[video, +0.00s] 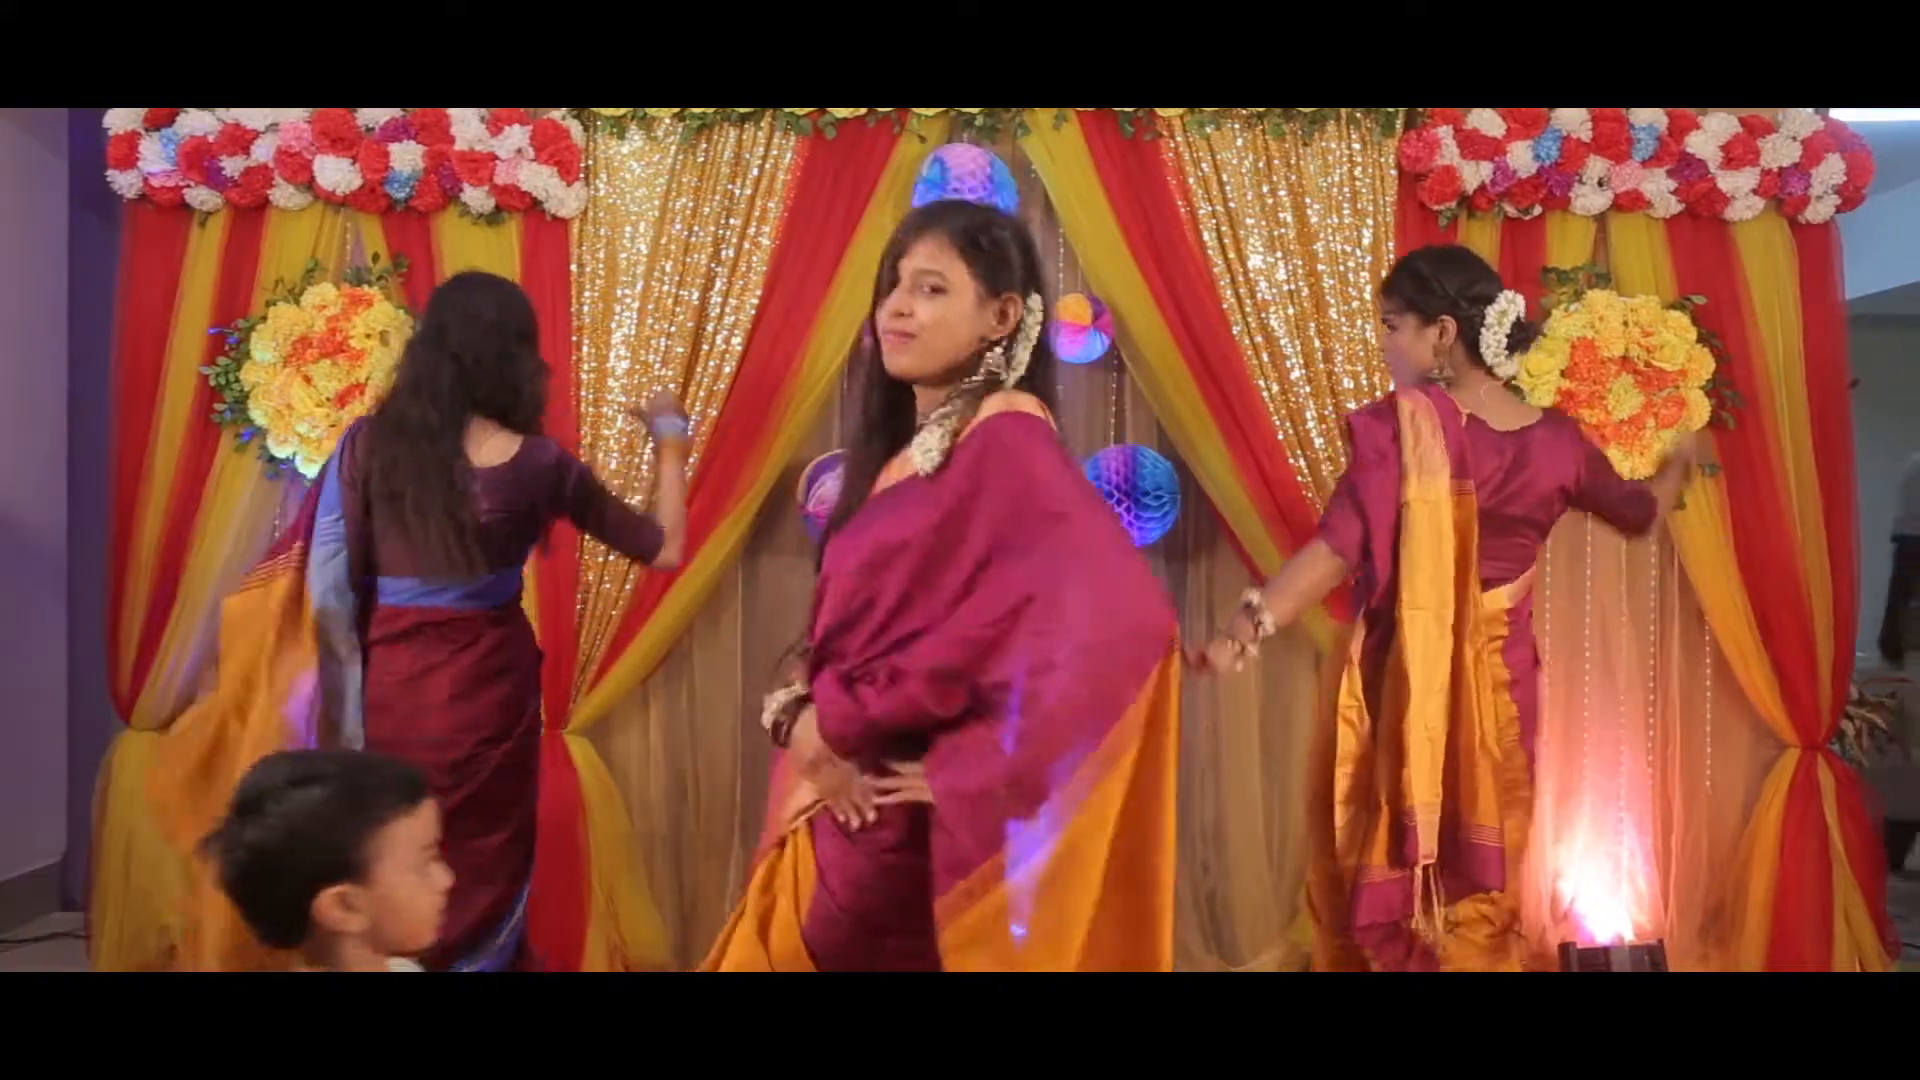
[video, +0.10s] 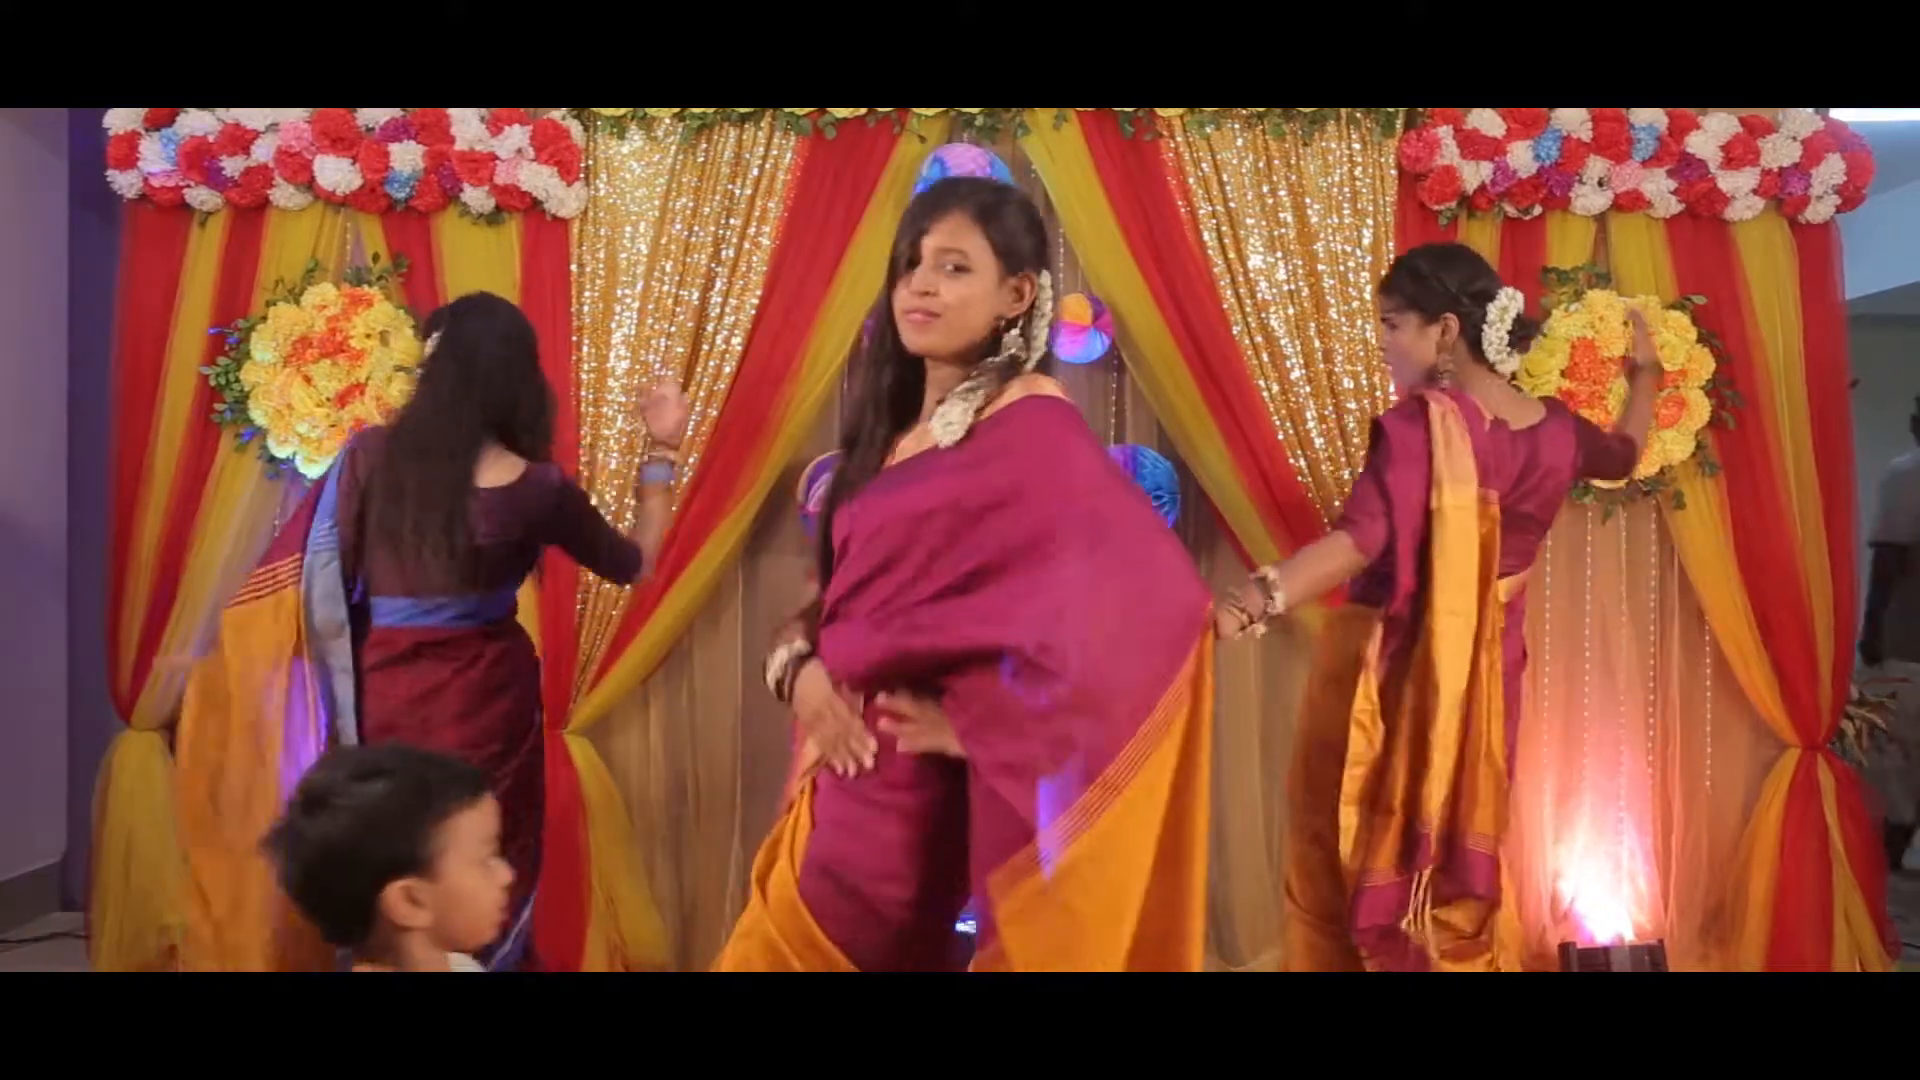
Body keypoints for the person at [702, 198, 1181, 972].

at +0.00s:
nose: (897, 307)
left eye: (933, 288)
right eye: (895, 285)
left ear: (1003, 317)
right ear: (878, 303)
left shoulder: (1008, 435)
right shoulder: (906, 448)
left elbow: (1129, 620)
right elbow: (835, 629)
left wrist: (969, 771)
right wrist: (804, 728)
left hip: (915, 838)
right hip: (837, 825)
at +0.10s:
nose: (920, 285)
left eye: (956, 267)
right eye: (913, 264)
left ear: (1020, 296)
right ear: (893, 285)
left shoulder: (1030, 417)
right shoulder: (898, 434)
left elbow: (1162, 607)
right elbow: (820, 612)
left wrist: (974, 723)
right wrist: (799, 674)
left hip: (921, 789)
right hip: (841, 775)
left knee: (764, 954)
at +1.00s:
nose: (953, 278)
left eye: (978, 267)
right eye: (934, 253)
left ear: (993, 296)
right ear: (886, 259)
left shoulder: (1016, 417)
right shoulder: (791, 413)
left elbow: (1168, 562)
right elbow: (718, 591)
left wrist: (1078, 635)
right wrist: (885, 649)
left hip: (1005, 746)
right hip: (843, 750)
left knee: (1001, 958)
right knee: (844, 957)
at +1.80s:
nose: (915, 282)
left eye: (936, 260)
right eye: (890, 261)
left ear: (962, 280)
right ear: (846, 280)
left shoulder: (1004, 419)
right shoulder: (794, 420)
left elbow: (1066, 612)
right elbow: (749, 602)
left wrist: (1161, 731)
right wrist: (933, 652)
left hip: (1011, 734)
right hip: (860, 736)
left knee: (1003, 941)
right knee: (876, 950)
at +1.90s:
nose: (928, 300)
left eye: (947, 278)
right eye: (904, 279)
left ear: (971, 290)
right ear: (860, 290)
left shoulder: (1009, 429)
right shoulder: (800, 424)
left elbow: (1058, 633)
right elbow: (758, 608)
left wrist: (1186, 654)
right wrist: (940, 666)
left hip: (1007, 753)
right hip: (857, 759)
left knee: (1006, 946)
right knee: (869, 957)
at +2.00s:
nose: (937, 326)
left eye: (953, 302)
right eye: (913, 306)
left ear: (975, 305)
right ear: (867, 313)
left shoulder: (1016, 442)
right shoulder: (808, 449)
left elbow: (1061, 607)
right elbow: (775, 636)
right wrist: (966, 688)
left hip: (1001, 783)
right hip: (855, 793)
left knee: (1006, 953)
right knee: (863, 960)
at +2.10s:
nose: (944, 339)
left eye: (961, 314)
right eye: (922, 316)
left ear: (982, 314)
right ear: (874, 318)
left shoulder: (1021, 445)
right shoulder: (815, 448)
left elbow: (1097, 617)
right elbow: (781, 628)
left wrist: (1135, 467)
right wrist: (971, 680)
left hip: (1007, 775)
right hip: (860, 783)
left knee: (1018, 954)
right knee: (862, 961)